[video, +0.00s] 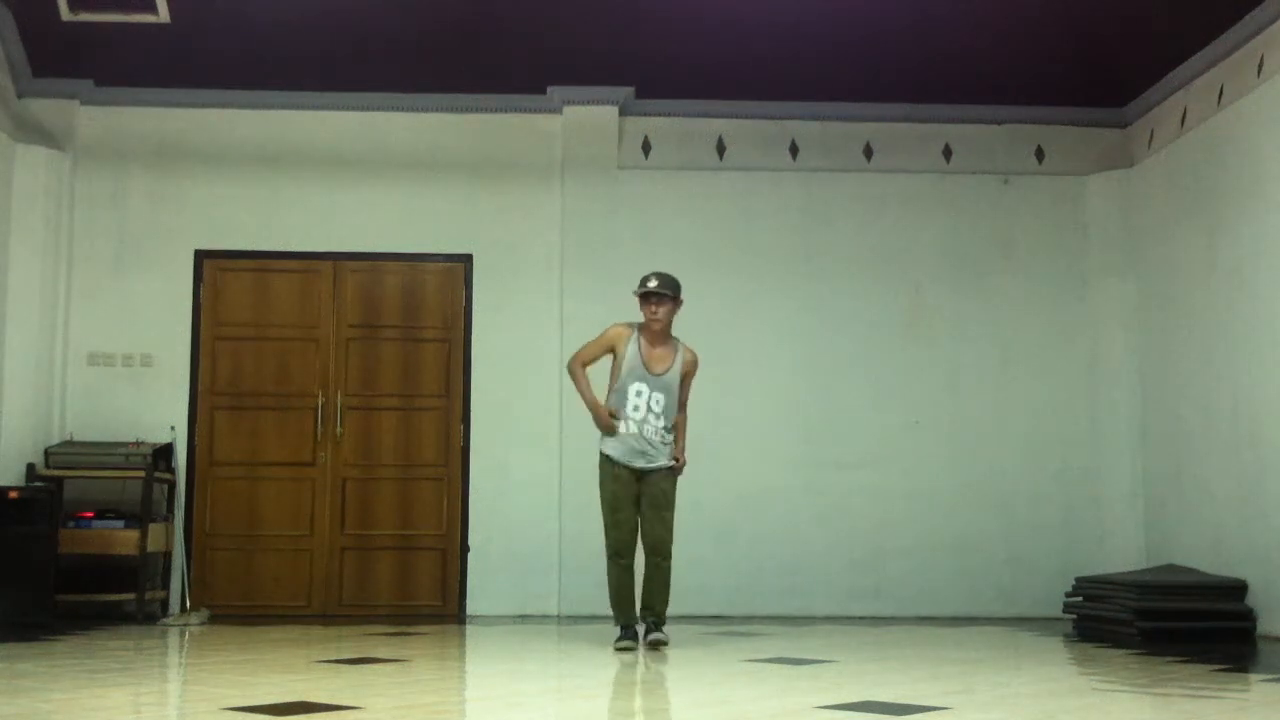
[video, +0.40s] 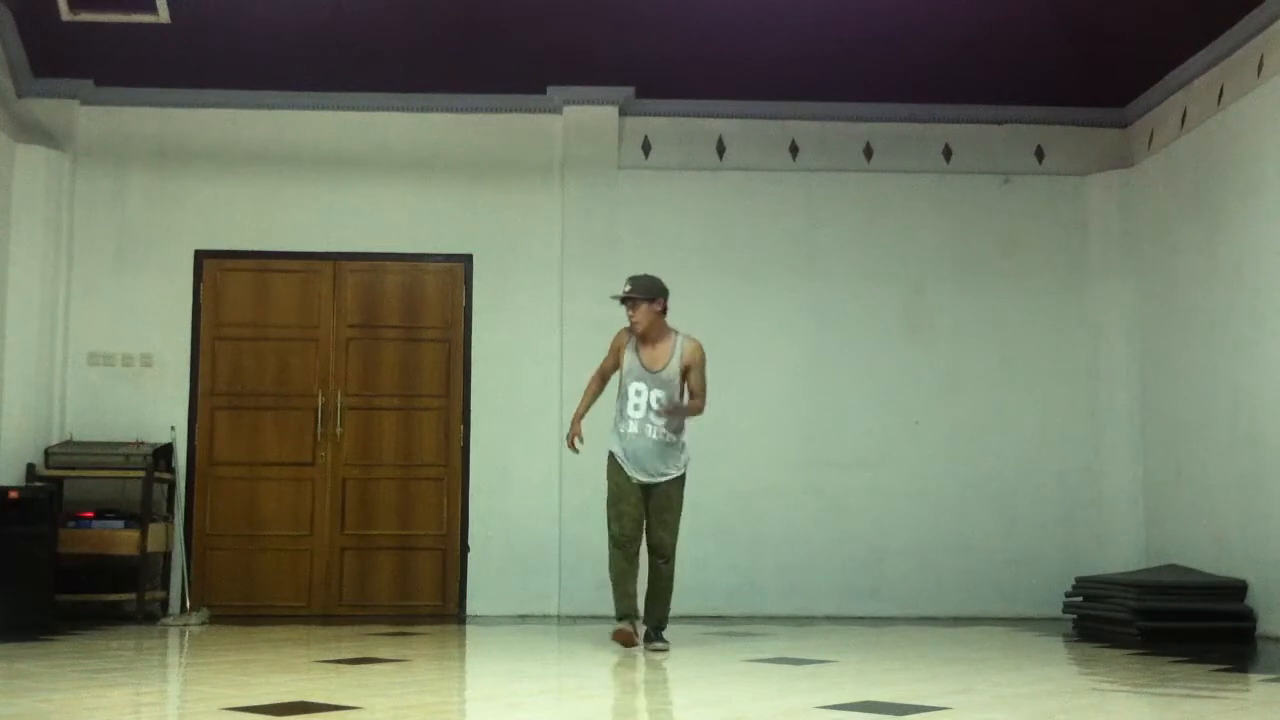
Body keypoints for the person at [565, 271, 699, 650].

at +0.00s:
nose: (653, 306)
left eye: (661, 300)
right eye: (647, 299)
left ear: (676, 306)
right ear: (639, 304)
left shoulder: (686, 358)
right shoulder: (621, 335)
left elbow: (681, 409)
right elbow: (576, 363)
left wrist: (679, 447)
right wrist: (594, 407)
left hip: (661, 464)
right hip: (617, 459)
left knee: (659, 548)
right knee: (620, 547)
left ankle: (654, 623)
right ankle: (626, 626)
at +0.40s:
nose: (628, 312)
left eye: (634, 306)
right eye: (626, 306)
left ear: (659, 306)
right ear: (628, 309)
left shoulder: (689, 349)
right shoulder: (624, 341)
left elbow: (698, 404)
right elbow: (601, 377)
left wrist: (676, 410)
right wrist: (578, 417)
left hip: (668, 467)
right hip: (624, 462)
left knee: (662, 550)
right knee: (623, 540)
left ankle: (655, 628)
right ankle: (626, 623)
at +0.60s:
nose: (617, 306)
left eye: (623, 298)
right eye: (616, 300)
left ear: (647, 300)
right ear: (623, 304)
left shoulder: (678, 338)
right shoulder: (619, 344)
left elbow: (710, 384)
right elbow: (607, 396)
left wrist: (670, 376)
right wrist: (583, 442)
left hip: (665, 466)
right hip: (621, 464)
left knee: (661, 549)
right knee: (618, 546)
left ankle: (656, 627)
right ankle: (627, 625)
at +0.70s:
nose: (613, 309)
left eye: (619, 301)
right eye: (612, 303)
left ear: (642, 303)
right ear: (619, 308)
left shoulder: (673, 337)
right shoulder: (615, 353)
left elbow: (705, 380)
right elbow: (604, 411)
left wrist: (662, 389)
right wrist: (586, 460)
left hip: (659, 466)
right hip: (617, 466)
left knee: (655, 546)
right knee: (619, 548)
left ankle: (655, 626)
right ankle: (630, 626)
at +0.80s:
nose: (613, 313)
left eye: (620, 305)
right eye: (611, 307)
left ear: (642, 308)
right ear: (612, 311)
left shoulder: (667, 338)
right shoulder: (609, 362)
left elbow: (694, 385)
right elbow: (601, 422)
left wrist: (667, 420)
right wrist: (586, 475)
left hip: (654, 466)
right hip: (614, 469)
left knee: (644, 540)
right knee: (616, 546)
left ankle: (652, 620)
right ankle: (629, 625)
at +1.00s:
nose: (625, 304)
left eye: (633, 298)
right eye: (619, 298)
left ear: (647, 304)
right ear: (611, 304)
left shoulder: (667, 345)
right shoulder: (598, 353)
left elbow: (676, 402)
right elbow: (593, 406)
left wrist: (681, 455)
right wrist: (593, 452)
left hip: (657, 462)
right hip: (614, 463)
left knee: (649, 539)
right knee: (620, 544)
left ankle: (641, 615)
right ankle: (628, 622)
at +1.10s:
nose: (631, 304)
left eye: (639, 298)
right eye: (624, 298)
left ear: (650, 304)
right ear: (616, 303)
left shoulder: (669, 348)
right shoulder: (599, 350)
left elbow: (677, 406)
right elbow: (589, 402)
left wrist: (680, 459)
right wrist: (595, 440)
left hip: (657, 463)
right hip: (613, 463)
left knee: (649, 542)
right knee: (619, 546)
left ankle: (650, 622)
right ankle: (628, 625)